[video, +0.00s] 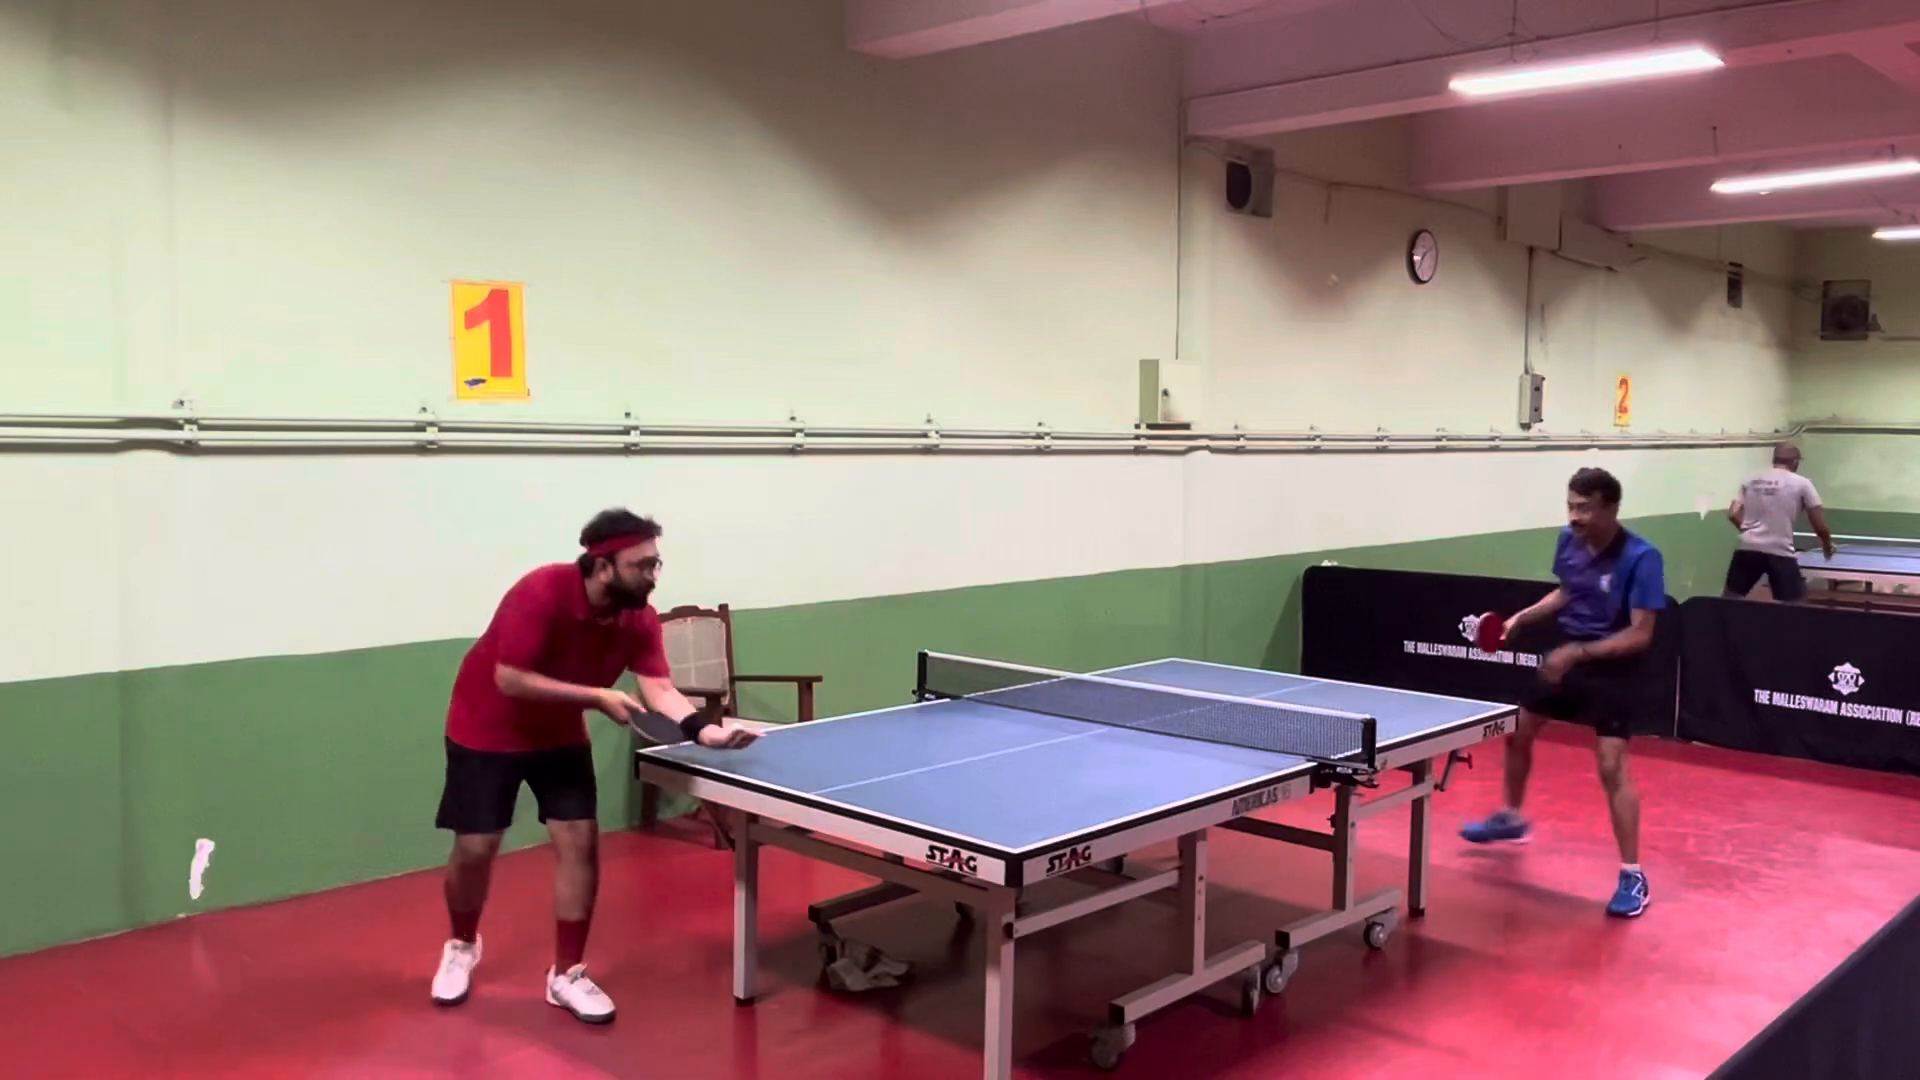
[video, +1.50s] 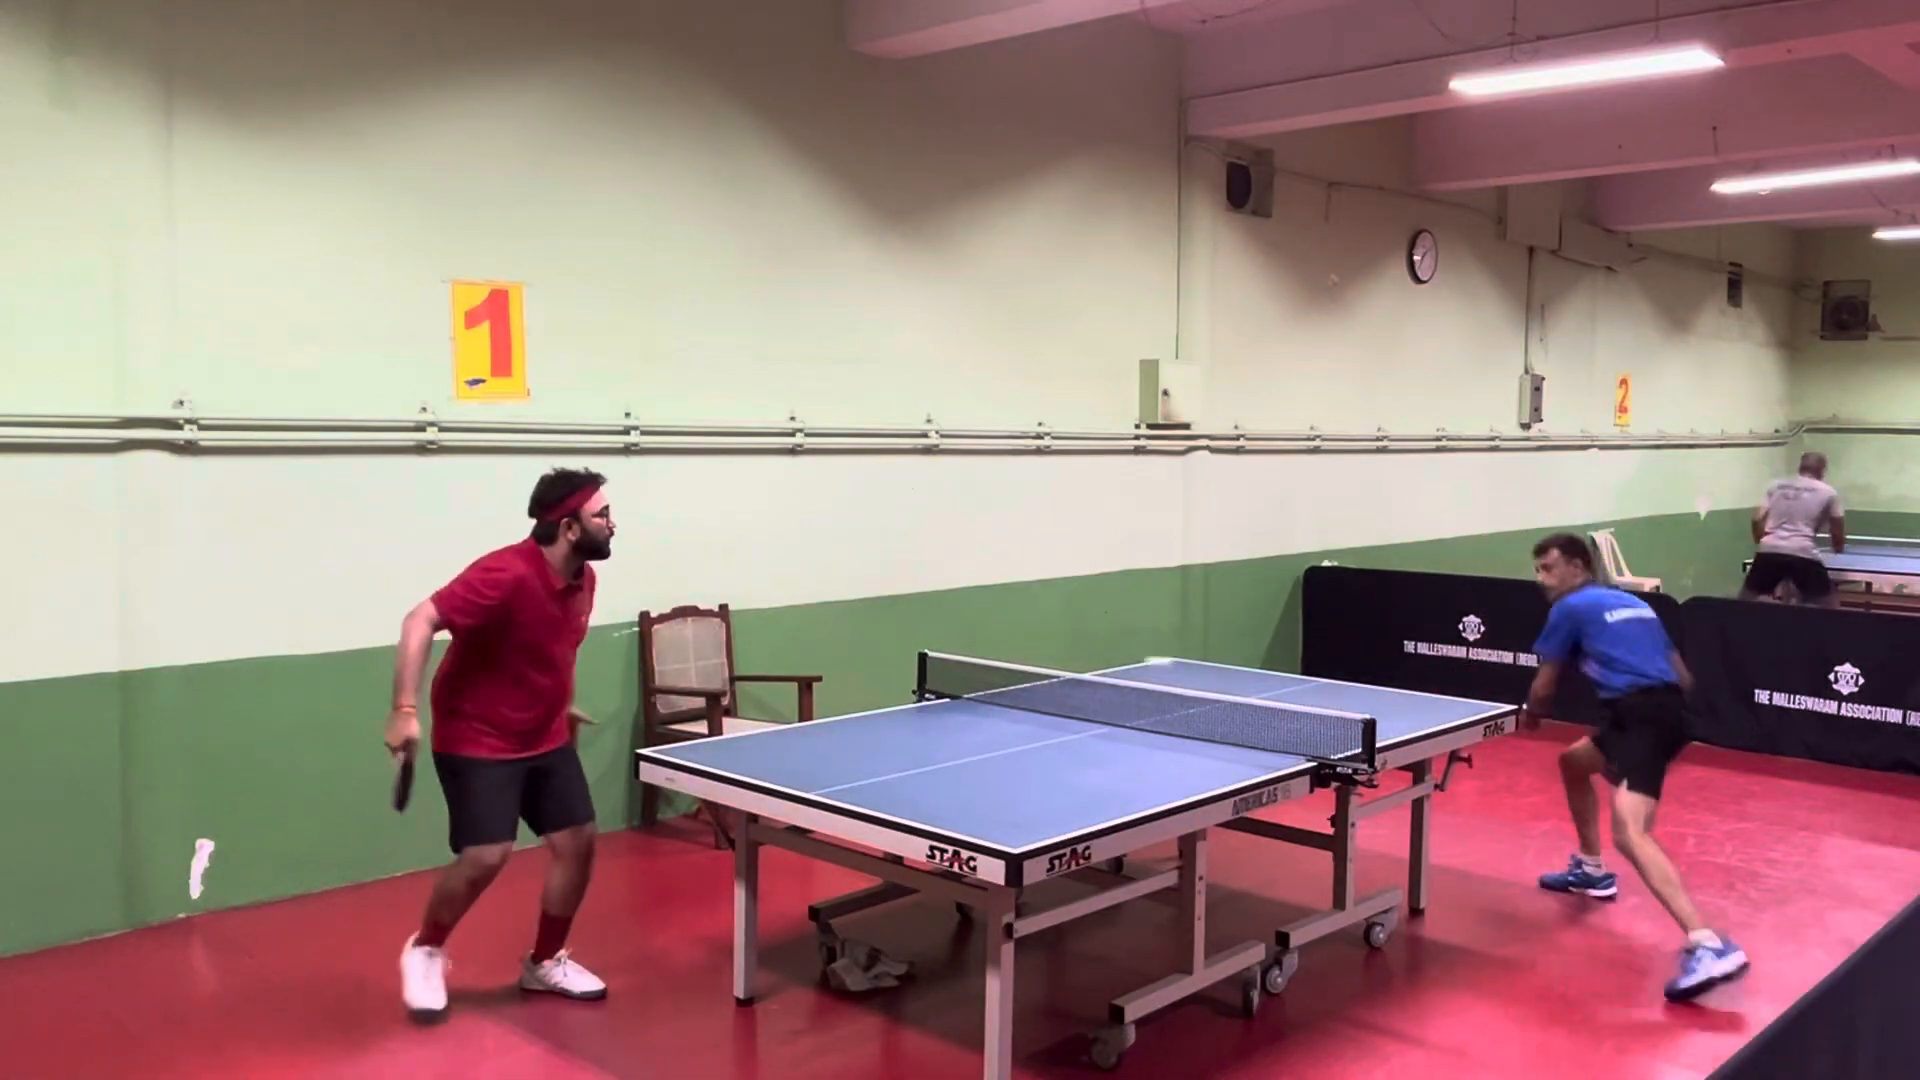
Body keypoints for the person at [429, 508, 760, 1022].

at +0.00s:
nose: (656, 574)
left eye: (657, 563)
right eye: (645, 564)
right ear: (605, 565)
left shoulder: (639, 619)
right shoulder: (540, 593)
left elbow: (661, 692)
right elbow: (509, 678)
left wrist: (705, 727)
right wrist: (596, 697)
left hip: (560, 726)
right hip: (489, 724)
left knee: (579, 840)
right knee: (475, 848)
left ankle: (567, 974)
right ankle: (461, 945)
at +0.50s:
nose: (613, 586)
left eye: (613, 573)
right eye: (600, 578)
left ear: (613, 567)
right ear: (559, 585)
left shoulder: (614, 598)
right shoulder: (517, 629)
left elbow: (664, 639)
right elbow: (555, 719)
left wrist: (716, 631)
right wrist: (638, 680)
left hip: (558, 738)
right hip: (487, 747)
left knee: (591, 838)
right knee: (483, 863)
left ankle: (568, 974)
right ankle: (447, 952)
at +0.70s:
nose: (551, 560)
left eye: (547, 550)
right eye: (534, 559)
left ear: (549, 547)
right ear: (503, 580)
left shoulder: (569, 572)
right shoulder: (485, 637)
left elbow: (639, 577)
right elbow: (516, 720)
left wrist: (697, 564)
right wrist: (590, 694)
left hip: (556, 734)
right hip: (486, 749)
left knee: (589, 834)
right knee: (483, 865)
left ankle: (569, 972)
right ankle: (446, 954)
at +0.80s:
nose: (521, 546)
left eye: (517, 534)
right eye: (503, 545)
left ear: (523, 533)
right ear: (478, 569)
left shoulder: (560, 570)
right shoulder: (459, 623)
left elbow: (640, 583)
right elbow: (449, 706)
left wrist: (713, 591)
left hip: (557, 740)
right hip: (480, 758)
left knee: (588, 832)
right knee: (477, 861)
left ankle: (570, 972)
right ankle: (446, 953)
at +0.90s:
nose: (505, 538)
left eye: (502, 527)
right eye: (486, 540)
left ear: (511, 526)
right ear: (461, 567)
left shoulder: (557, 572)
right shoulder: (437, 611)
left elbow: (639, 600)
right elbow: (397, 667)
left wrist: (716, 627)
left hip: (552, 729)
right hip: (474, 741)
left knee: (592, 823)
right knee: (470, 856)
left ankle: (576, 964)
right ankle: (447, 955)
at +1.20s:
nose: (581, 568)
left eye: (581, 557)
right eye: (570, 558)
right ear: (531, 563)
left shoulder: (582, 606)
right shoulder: (466, 599)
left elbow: (618, 643)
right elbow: (386, 623)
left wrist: (654, 677)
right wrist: (431, 689)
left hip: (551, 749)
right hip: (473, 756)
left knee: (584, 846)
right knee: (465, 868)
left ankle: (546, 959)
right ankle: (450, 955)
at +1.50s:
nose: (612, 523)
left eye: (608, 513)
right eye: (601, 515)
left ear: (574, 527)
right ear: (568, 527)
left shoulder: (583, 579)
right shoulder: (506, 573)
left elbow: (556, 651)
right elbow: (420, 619)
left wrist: (562, 706)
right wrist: (404, 709)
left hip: (544, 736)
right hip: (478, 739)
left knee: (577, 841)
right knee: (487, 854)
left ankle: (545, 963)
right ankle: (424, 951)